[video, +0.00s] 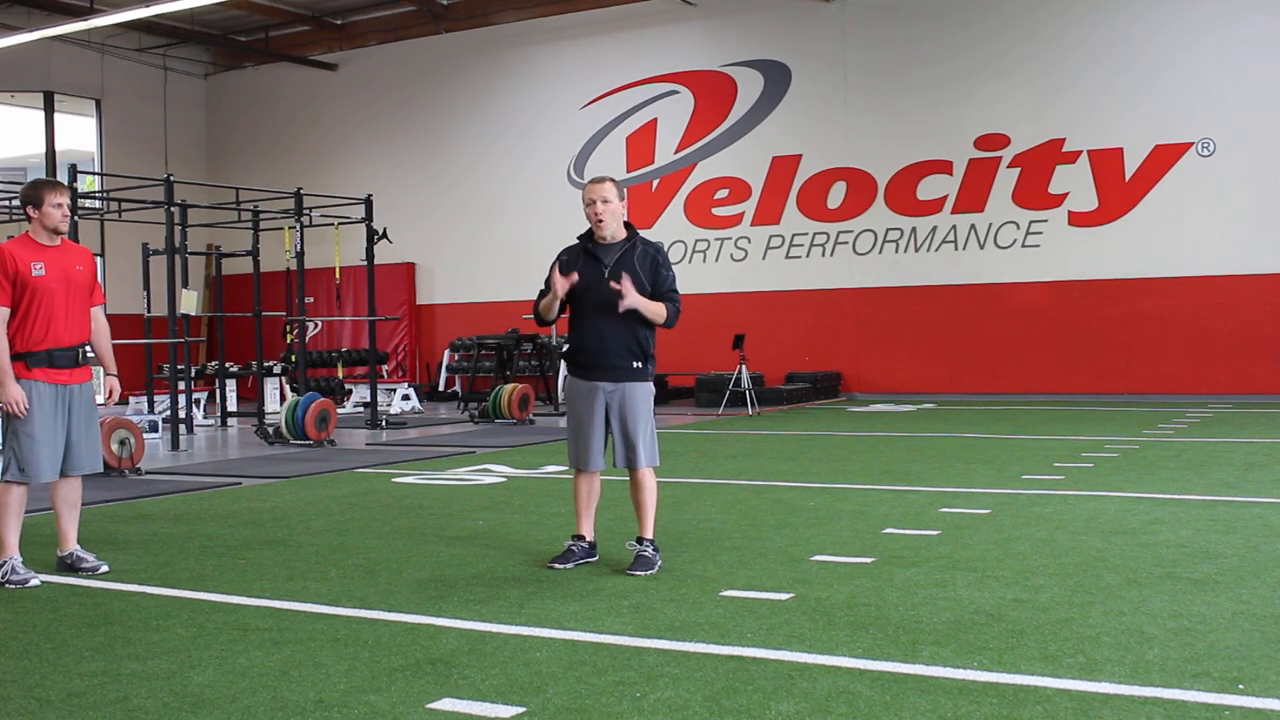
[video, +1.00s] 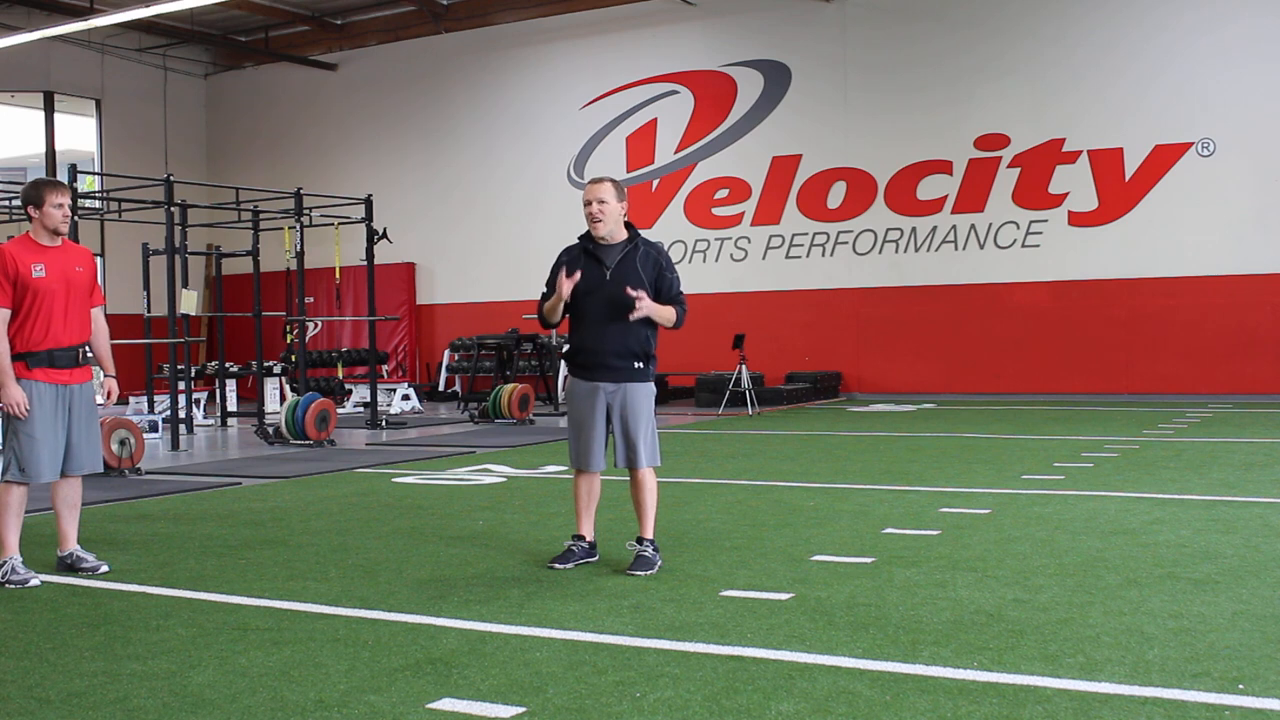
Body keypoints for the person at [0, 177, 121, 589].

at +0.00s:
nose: (66, 212)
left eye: (68, 206)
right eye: (57, 206)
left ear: (69, 211)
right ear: (32, 211)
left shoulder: (84, 257)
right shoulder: (11, 254)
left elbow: (96, 318)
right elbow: (0, 325)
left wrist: (111, 370)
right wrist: (6, 381)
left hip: (76, 376)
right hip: (29, 378)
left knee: (72, 466)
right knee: (18, 473)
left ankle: (69, 551)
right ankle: (10, 559)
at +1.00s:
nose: (66, 213)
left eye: (69, 206)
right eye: (57, 206)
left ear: (70, 210)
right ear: (33, 211)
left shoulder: (84, 257)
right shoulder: (11, 255)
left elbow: (96, 319)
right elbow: (0, 326)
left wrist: (109, 371)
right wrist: (7, 382)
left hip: (77, 376)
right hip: (30, 378)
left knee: (72, 466)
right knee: (18, 473)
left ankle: (69, 551)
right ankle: (9, 560)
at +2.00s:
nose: (67, 213)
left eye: (69, 206)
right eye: (58, 207)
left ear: (70, 210)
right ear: (34, 211)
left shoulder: (84, 257)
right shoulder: (11, 254)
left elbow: (97, 319)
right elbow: (1, 325)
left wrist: (111, 370)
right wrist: (7, 381)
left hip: (77, 377)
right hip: (30, 378)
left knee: (72, 466)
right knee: (19, 473)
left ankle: (69, 551)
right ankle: (10, 559)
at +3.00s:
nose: (67, 214)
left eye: (70, 207)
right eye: (59, 207)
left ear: (72, 211)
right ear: (35, 212)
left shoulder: (85, 257)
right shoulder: (11, 255)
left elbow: (97, 319)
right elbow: (1, 325)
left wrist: (110, 371)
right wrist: (7, 382)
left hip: (78, 377)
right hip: (30, 378)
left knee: (72, 466)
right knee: (19, 473)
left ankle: (69, 551)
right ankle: (9, 559)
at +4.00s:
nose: (67, 215)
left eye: (70, 208)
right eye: (59, 208)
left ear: (73, 211)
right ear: (35, 212)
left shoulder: (85, 257)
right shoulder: (12, 255)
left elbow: (97, 319)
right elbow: (1, 326)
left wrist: (110, 371)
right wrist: (9, 382)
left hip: (78, 377)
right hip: (30, 378)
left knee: (72, 467)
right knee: (19, 473)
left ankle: (69, 551)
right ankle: (10, 559)